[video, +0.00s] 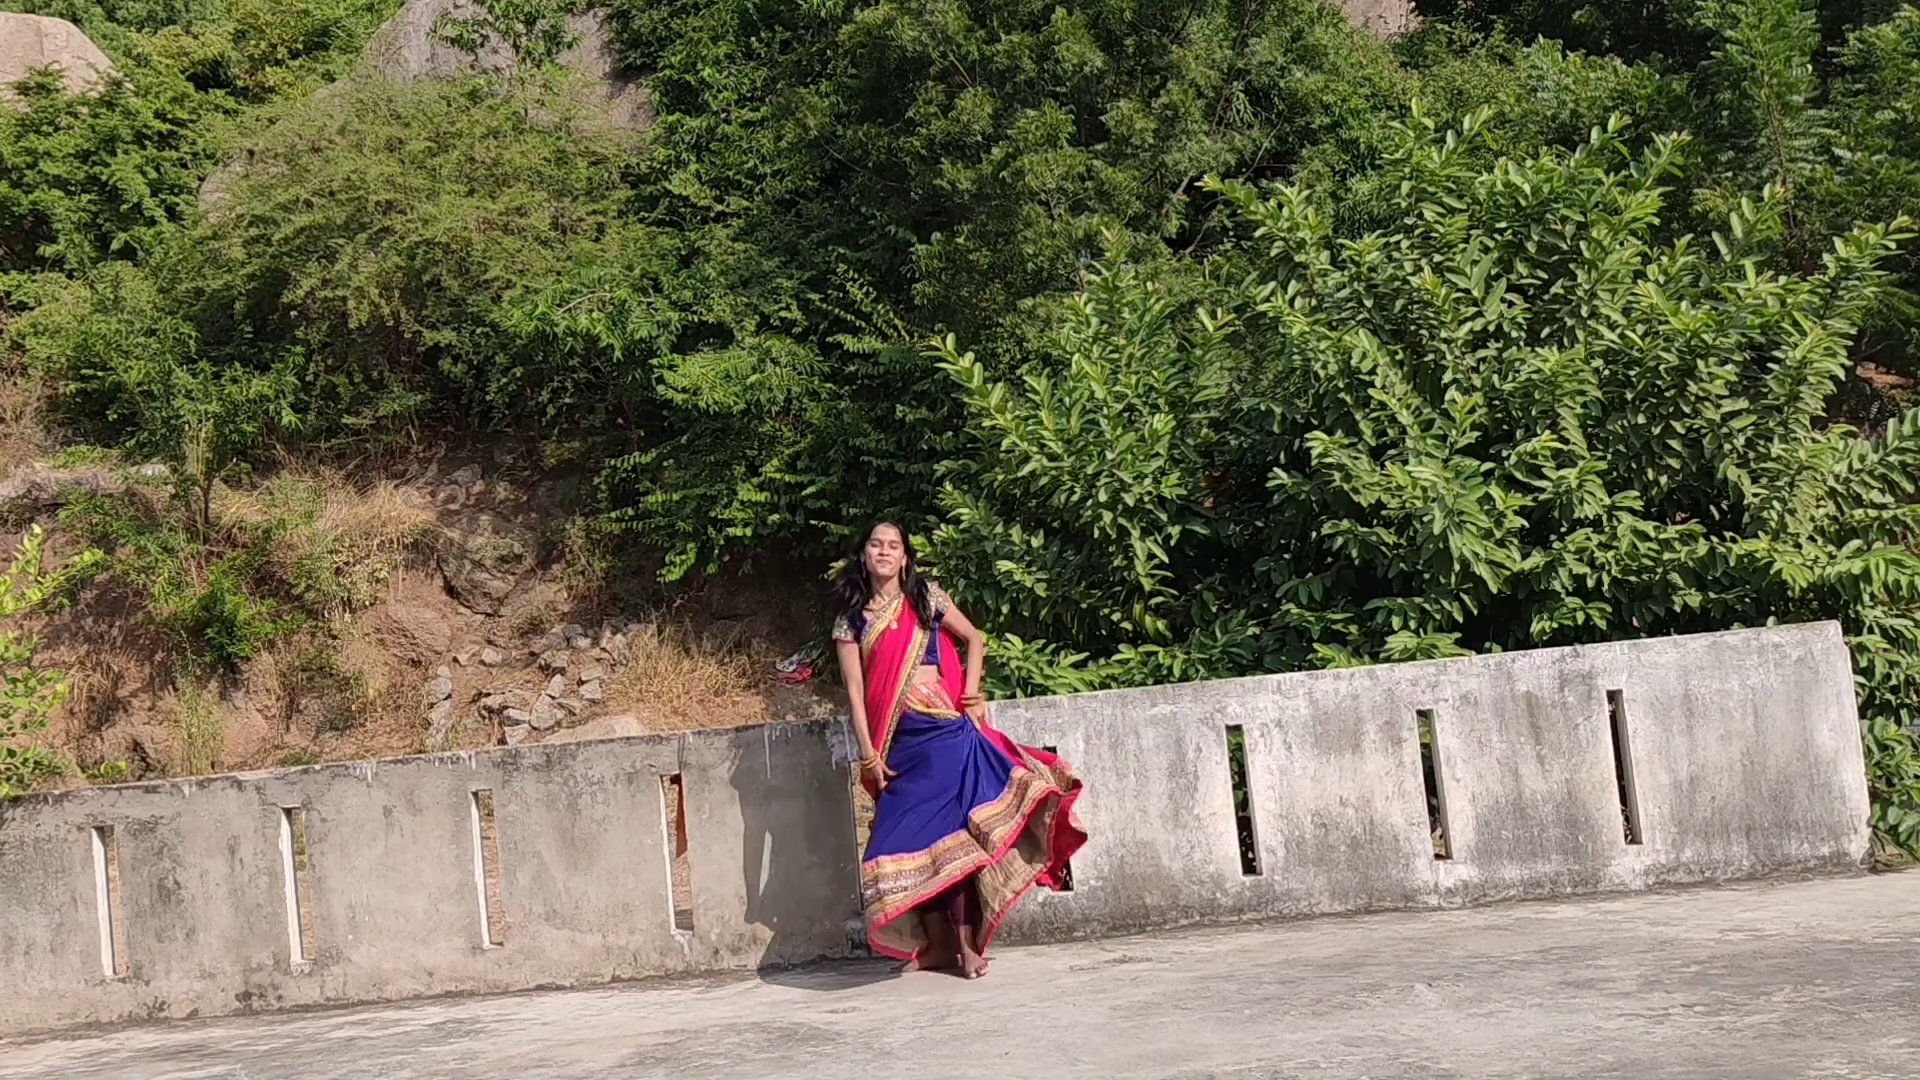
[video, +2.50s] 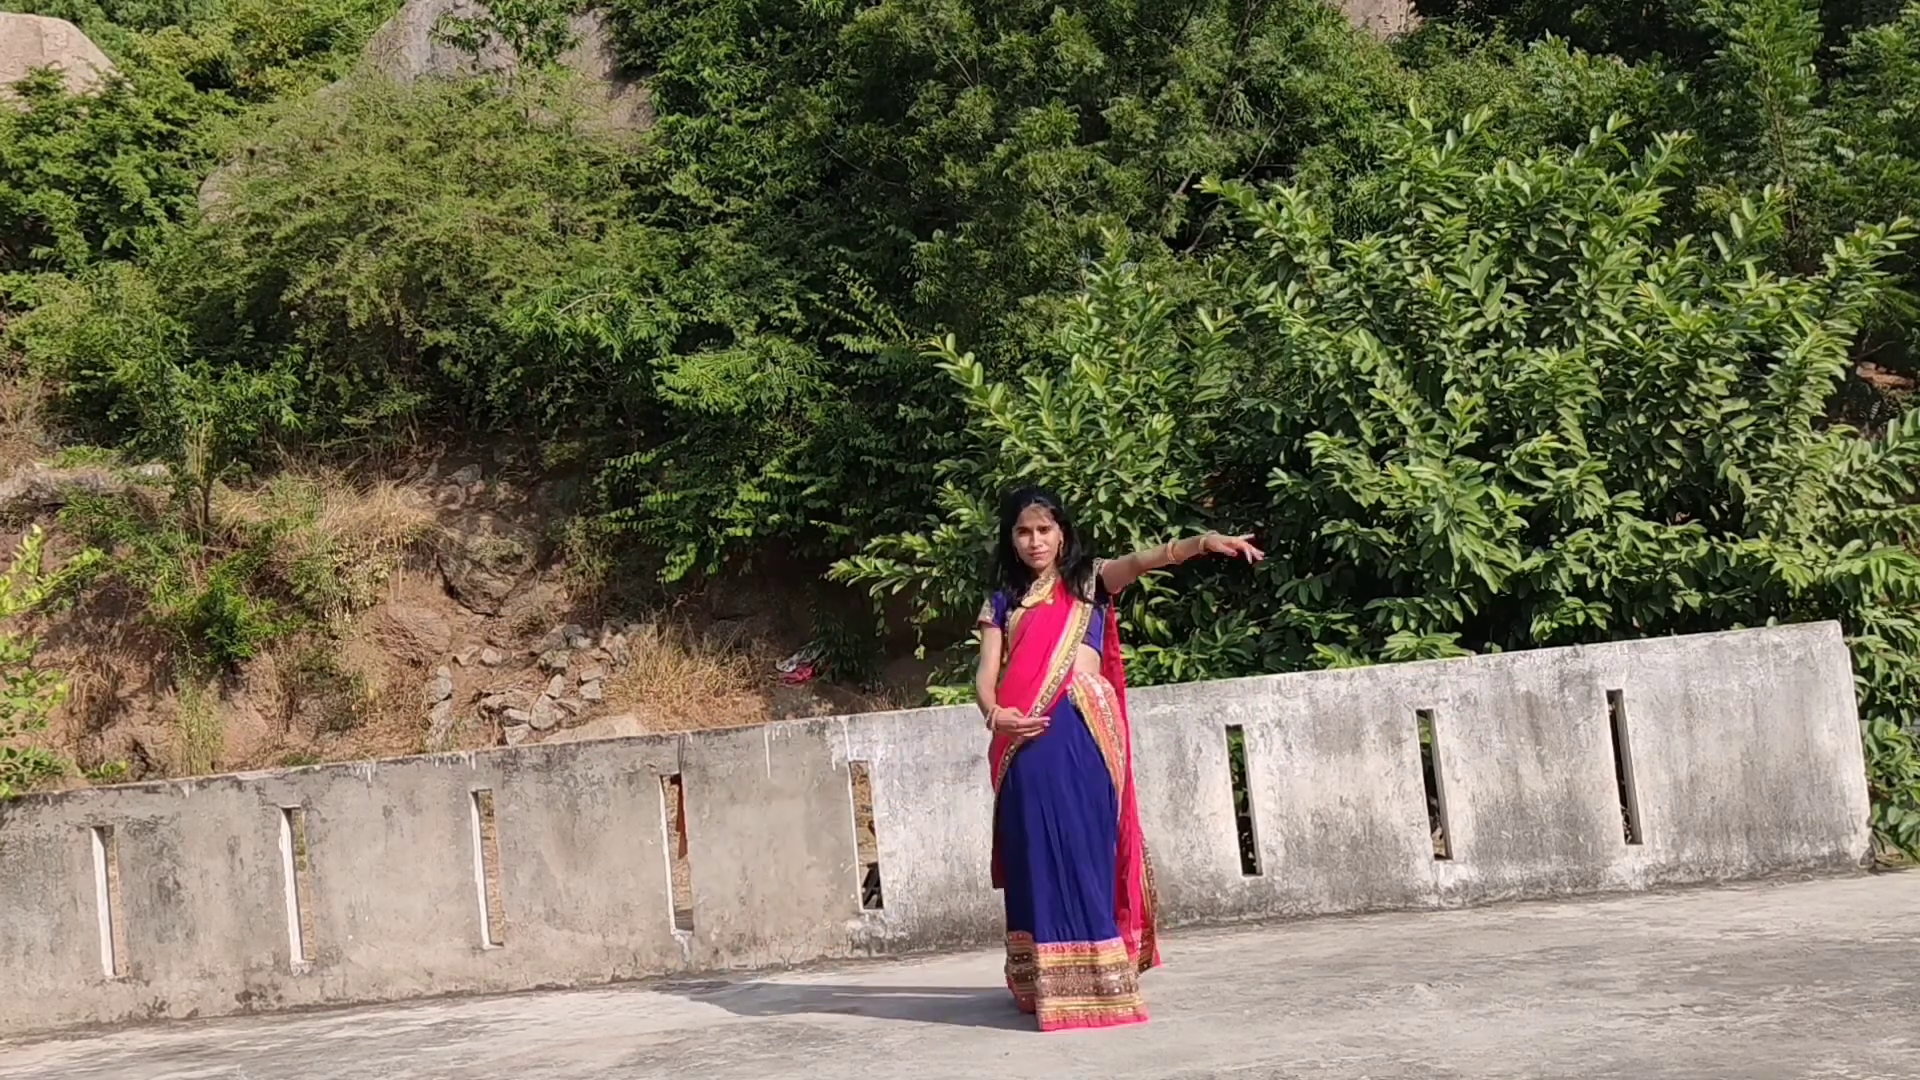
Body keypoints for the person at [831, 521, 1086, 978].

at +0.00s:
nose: (884, 552)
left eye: (892, 546)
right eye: (876, 544)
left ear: (905, 557)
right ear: (863, 554)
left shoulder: (927, 597)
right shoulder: (851, 621)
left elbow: (974, 638)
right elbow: (855, 690)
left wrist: (971, 691)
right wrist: (869, 752)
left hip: (949, 731)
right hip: (900, 739)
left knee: (959, 831)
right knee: (915, 835)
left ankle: (966, 943)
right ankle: (936, 942)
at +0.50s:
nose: (932, 568)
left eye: (941, 559)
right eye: (924, 559)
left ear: (956, 562)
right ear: (912, 563)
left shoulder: (971, 609)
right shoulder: (897, 609)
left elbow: (1023, 662)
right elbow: (862, 672)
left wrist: (1023, 624)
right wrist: (903, 715)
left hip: (979, 731)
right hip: (930, 737)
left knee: (986, 836)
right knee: (960, 833)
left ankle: (983, 947)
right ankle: (930, 906)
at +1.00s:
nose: (952, 562)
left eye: (961, 553)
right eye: (944, 554)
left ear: (978, 557)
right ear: (933, 559)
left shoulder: (1000, 604)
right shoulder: (921, 606)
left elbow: (1044, 571)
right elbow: (881, 665)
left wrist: (1010, 534)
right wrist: (923, 697)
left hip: (990, 733)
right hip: (940, 735)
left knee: (982, 837)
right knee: (961, 840)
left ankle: (938, 925)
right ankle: (978, 963)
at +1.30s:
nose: (962, 533)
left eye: (971, 526)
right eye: (953, 527)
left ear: (988, 537)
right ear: (941, 539)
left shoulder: (1007, 590)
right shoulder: (930, 589)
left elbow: (1068, 556)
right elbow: (886, 644)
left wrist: (1025, 520)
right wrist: (929, 705)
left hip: (1001, 726)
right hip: (951, 731)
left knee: (1006, 838)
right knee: (957, 841)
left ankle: (992, 951)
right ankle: (962, 961)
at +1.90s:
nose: (999, 524)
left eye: (1006, 514)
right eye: (989, 519)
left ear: (1026, 522)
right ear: (979, 533)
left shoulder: (1050, 578)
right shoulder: (966, 584)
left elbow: (1126, 551)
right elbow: (904, 639)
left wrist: (1081, 511)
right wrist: (945, 703)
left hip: (1036, 714)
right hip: (980, 721)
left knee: (1052, 818)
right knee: (1038, 804)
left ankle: (1045, 962)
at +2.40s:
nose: (1030, 545)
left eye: (1038, 533)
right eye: (1019, 537)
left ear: (1059, 535)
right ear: (1009, 545)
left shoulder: (1085, 582)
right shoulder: (1002, 601)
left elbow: (1123, 537)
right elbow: (956, 668)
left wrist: (1166, 493)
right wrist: (983, 686)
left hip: (1072, 726)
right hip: (1018, 732)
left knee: (1072, 846)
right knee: (1037, 852)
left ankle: (1088, 979)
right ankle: (1056, 980)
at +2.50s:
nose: (1035, 540)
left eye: (1044, 529)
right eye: (1024, 531)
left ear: (1062, 534)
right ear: (1011, 540)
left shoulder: (1090, 579)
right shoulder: (1001, 604)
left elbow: (1145, 559)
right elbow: (986, 674)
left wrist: (1206, 542)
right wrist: (994, 714)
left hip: (1084, 734)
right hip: (1025, 740)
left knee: (1086, 855)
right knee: (1037, 860)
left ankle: (1100, 983)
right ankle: (1051, 988)